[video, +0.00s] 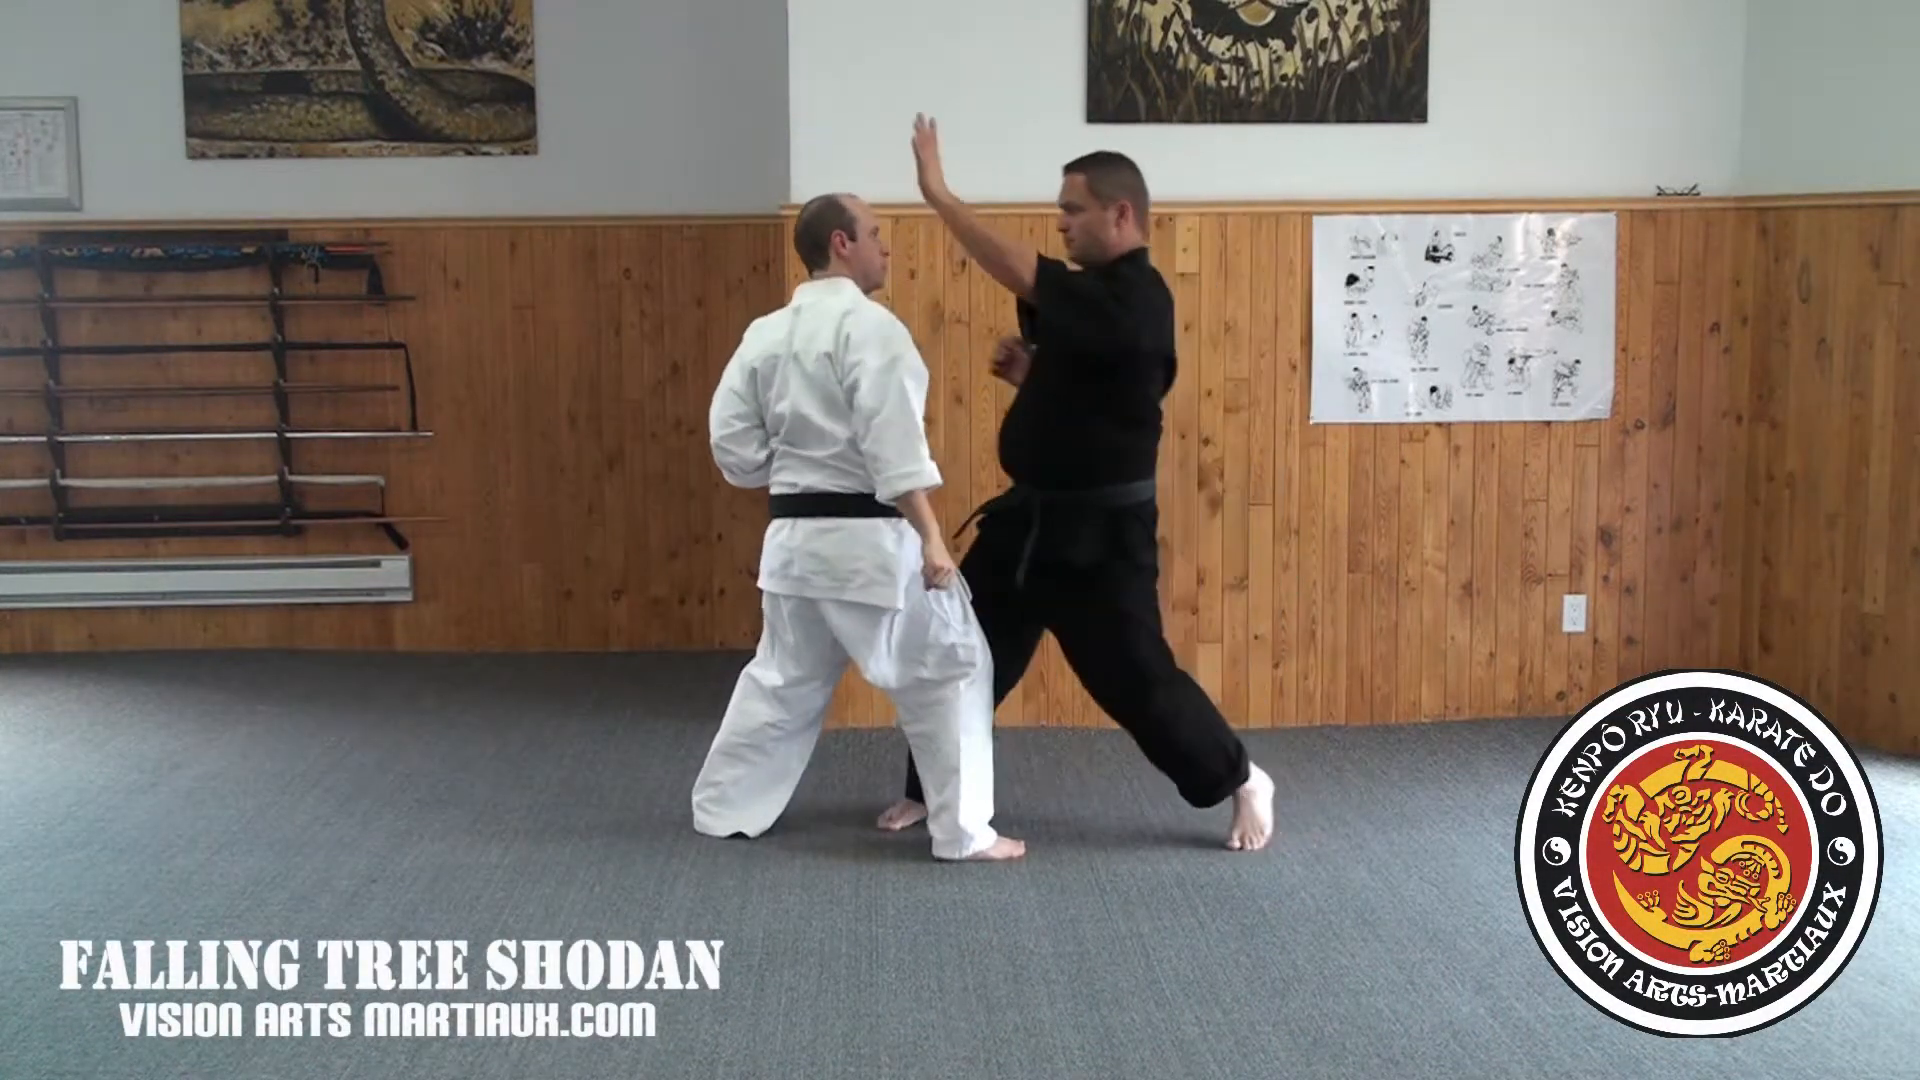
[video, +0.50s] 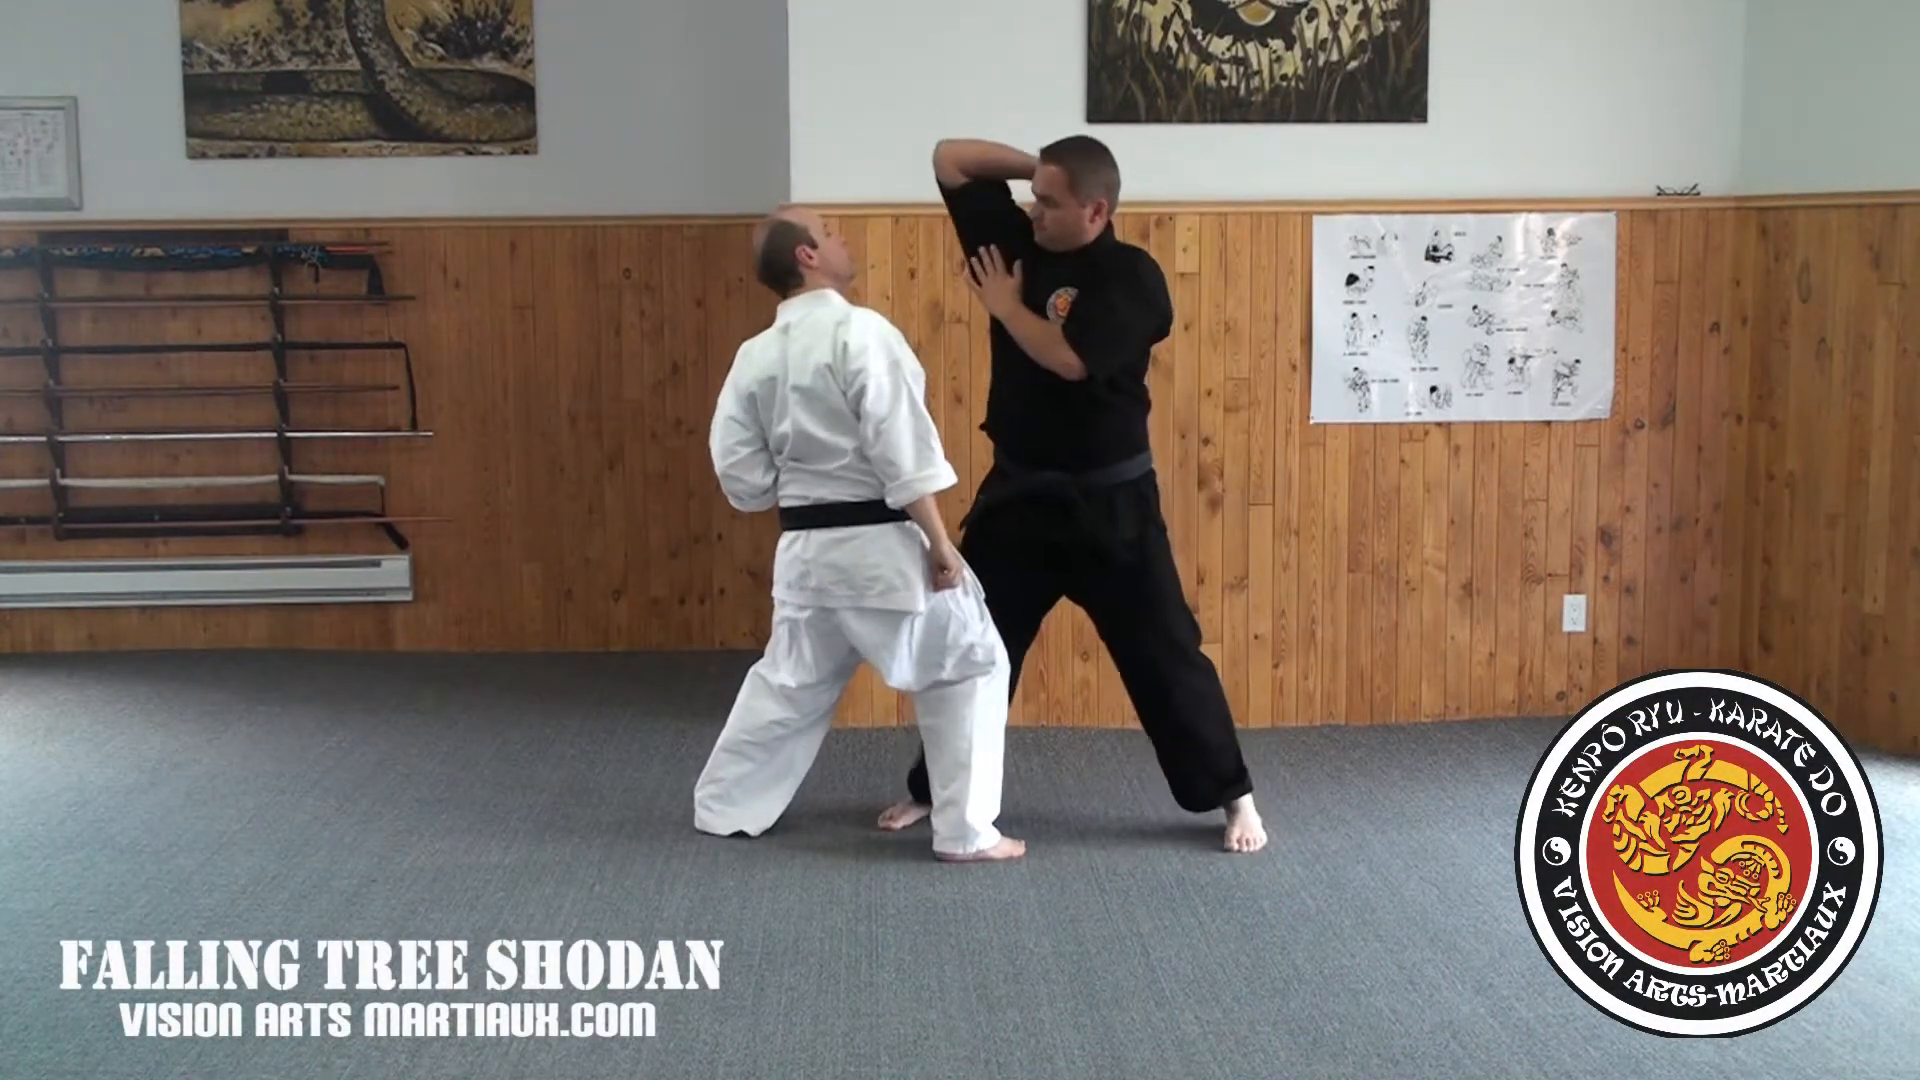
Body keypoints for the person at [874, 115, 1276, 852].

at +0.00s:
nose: (1061, 224)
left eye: (1073, 210)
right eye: (1061, 211)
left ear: (1123, 215)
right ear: (1105, 216)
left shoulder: (1135, 295)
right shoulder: (1089, 292)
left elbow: (1023, 275)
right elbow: (1104, 387)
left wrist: (939, 197)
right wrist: (1032, 370)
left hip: (1101, 515)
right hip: (1033, 508)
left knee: (1132, 670)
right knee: (961, 653)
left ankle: (1241, 781)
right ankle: (932, 794)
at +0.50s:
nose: (1034, 208)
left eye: (1049, 201)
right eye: (1035, 195)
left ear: (1094, 212)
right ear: (1035, 192)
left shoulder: (1133, 279)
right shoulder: (1011, 249)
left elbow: (1069, 357)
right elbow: (949, 161)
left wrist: (1006, 308)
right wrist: (1043, 166)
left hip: (1112, 500)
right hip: (1018, 493)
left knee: (1167, 650)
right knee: (966, 646)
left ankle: (1235, 797)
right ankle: (930, 794)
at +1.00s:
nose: (1000, 252)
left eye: (1012, 242)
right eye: (998, 239)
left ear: (1060, 245)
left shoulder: (1113, 313)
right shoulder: (995, 303)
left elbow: (1055, 406)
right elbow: (890, 268)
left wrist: (988, 359)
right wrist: (977, 233)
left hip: (1108, 537)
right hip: (1014, 534)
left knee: (1165, 682)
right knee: (939, 658)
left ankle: (1246, 804)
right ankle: (914, 790)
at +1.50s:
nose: (1017, 238)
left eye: (1029, 226)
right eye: (1015, 226)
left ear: (1080, 227)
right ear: (1020, 225)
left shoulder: (1132, 302)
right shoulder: (1008, 290)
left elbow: (1094, 398)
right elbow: (914, 261)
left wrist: (1012, 347)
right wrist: (951, 215)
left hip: (1127, 522)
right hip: (1031, 518)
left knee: (1184, 666)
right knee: (964, 658)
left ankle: (1257, 790)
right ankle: (914, 788)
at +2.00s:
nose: (1041, 245)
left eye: (1053, 233)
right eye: (1039, 232)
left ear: (1104, 235)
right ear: (1086, 235)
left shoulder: (1164, 310)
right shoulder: (1027, 307)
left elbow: (1147, 413)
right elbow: (940, 361)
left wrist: (1056, 371)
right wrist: (860, 377)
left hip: (1146, 526)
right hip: (1049, 522)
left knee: (1188, 667)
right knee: (981, 652)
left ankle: (1255, 798)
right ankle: (954, 786)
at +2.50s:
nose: (1040, 225)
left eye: (1052, 213)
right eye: (1040, 213)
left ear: (1101, 214)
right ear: (1091, 218)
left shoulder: (1112, 281)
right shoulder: (1079, 283)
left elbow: (994, 324)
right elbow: (1019, 371)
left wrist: (893, 309)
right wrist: (978, 350)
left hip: (1133, 509)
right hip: (1061, 506)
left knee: (1177, 660)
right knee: (993, 651)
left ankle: (1265, 787)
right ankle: (964, 785)